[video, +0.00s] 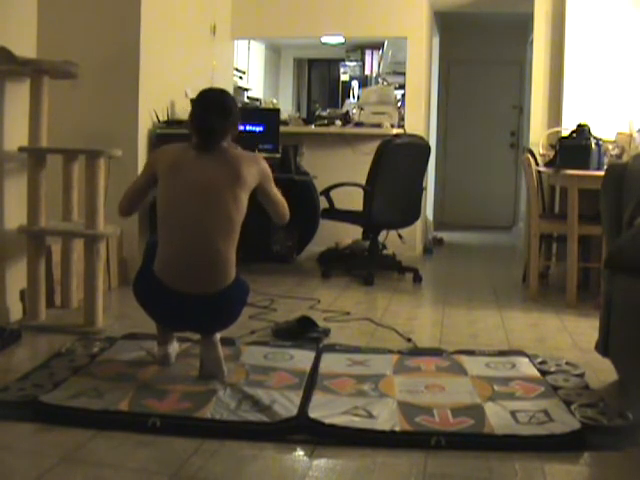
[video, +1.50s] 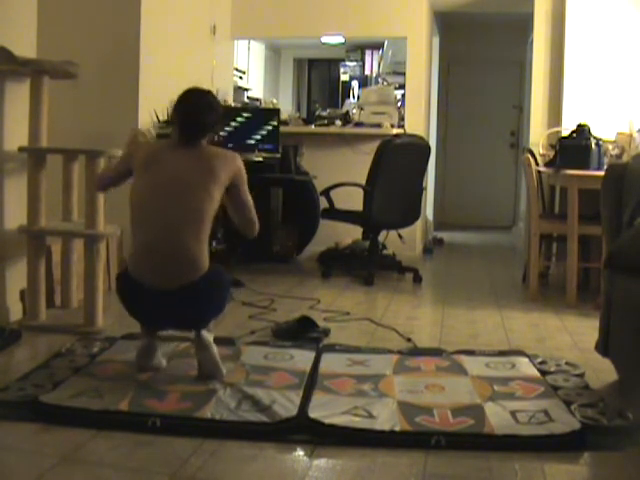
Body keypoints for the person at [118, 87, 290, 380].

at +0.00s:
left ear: (191, 122)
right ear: (234, 128)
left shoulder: (164, 157)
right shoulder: (251, 165)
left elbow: (125, 208)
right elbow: (282, 216)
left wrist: (156, 181)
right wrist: (260, 175)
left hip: (165, 308)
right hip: (218, 311)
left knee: (155, 242)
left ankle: (165, 345)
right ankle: (211, 342)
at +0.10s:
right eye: (235, 125)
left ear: (191, 123)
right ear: (234, 130)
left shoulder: (164, 158)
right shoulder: (251, 165)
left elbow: (124, 211)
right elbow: (283, 216)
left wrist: (157, 183)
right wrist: (262, 176)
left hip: (166, 308)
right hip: (218, 311)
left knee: (155, 241)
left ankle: (165, 345)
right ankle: (211, 342)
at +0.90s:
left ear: (196, 127)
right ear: (238, 136)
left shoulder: (168, 159)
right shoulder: (256, 169)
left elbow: (124, 210)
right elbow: (281, 232)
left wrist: (167, 195)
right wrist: (247, 205)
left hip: (166, 309)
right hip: (219, 312)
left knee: (153, 235)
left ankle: (164, 345)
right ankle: (210, 342)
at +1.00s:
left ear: (196, 125)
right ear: (238, 135)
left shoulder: (169, 156)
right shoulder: (256, 168)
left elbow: (124, 208)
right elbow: (276, 231)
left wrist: (167, 193)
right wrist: (247, 203)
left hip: (165, 308)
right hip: (216, 312)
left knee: (151, 236)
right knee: (237, 285)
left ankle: (163, 346)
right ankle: (209, 340)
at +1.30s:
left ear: (185, 123)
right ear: (226, 133)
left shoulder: (156, 154)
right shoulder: (243, 166)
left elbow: (111, 203)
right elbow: (242, 232)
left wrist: (151, 196)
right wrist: (210, 208)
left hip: (152, 301)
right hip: (203, 306)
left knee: (132, 269)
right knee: (224, 281)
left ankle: (152, 349)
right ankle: (204, 338)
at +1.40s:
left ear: (180, 124)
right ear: (220, 134)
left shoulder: (150, 155)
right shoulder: (235, 166)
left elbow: (104, 199)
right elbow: (240, 232)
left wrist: (140, 172)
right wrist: (210, 206)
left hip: (146, 304)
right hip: (197, 308)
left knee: (128, 272)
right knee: (220, 277)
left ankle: (150, 346)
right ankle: (205, 338)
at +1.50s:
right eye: (214, 121)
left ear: (174, 118)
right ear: (214, 128)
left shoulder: (143, 153)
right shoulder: (227, 162)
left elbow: (102, 183)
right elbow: (250, 228)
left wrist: (128, 155)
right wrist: (223, 191)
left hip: (142, 303)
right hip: (194, 305)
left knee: (128, 274)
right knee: (219, 279)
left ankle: (148, 341)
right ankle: (204, 336)